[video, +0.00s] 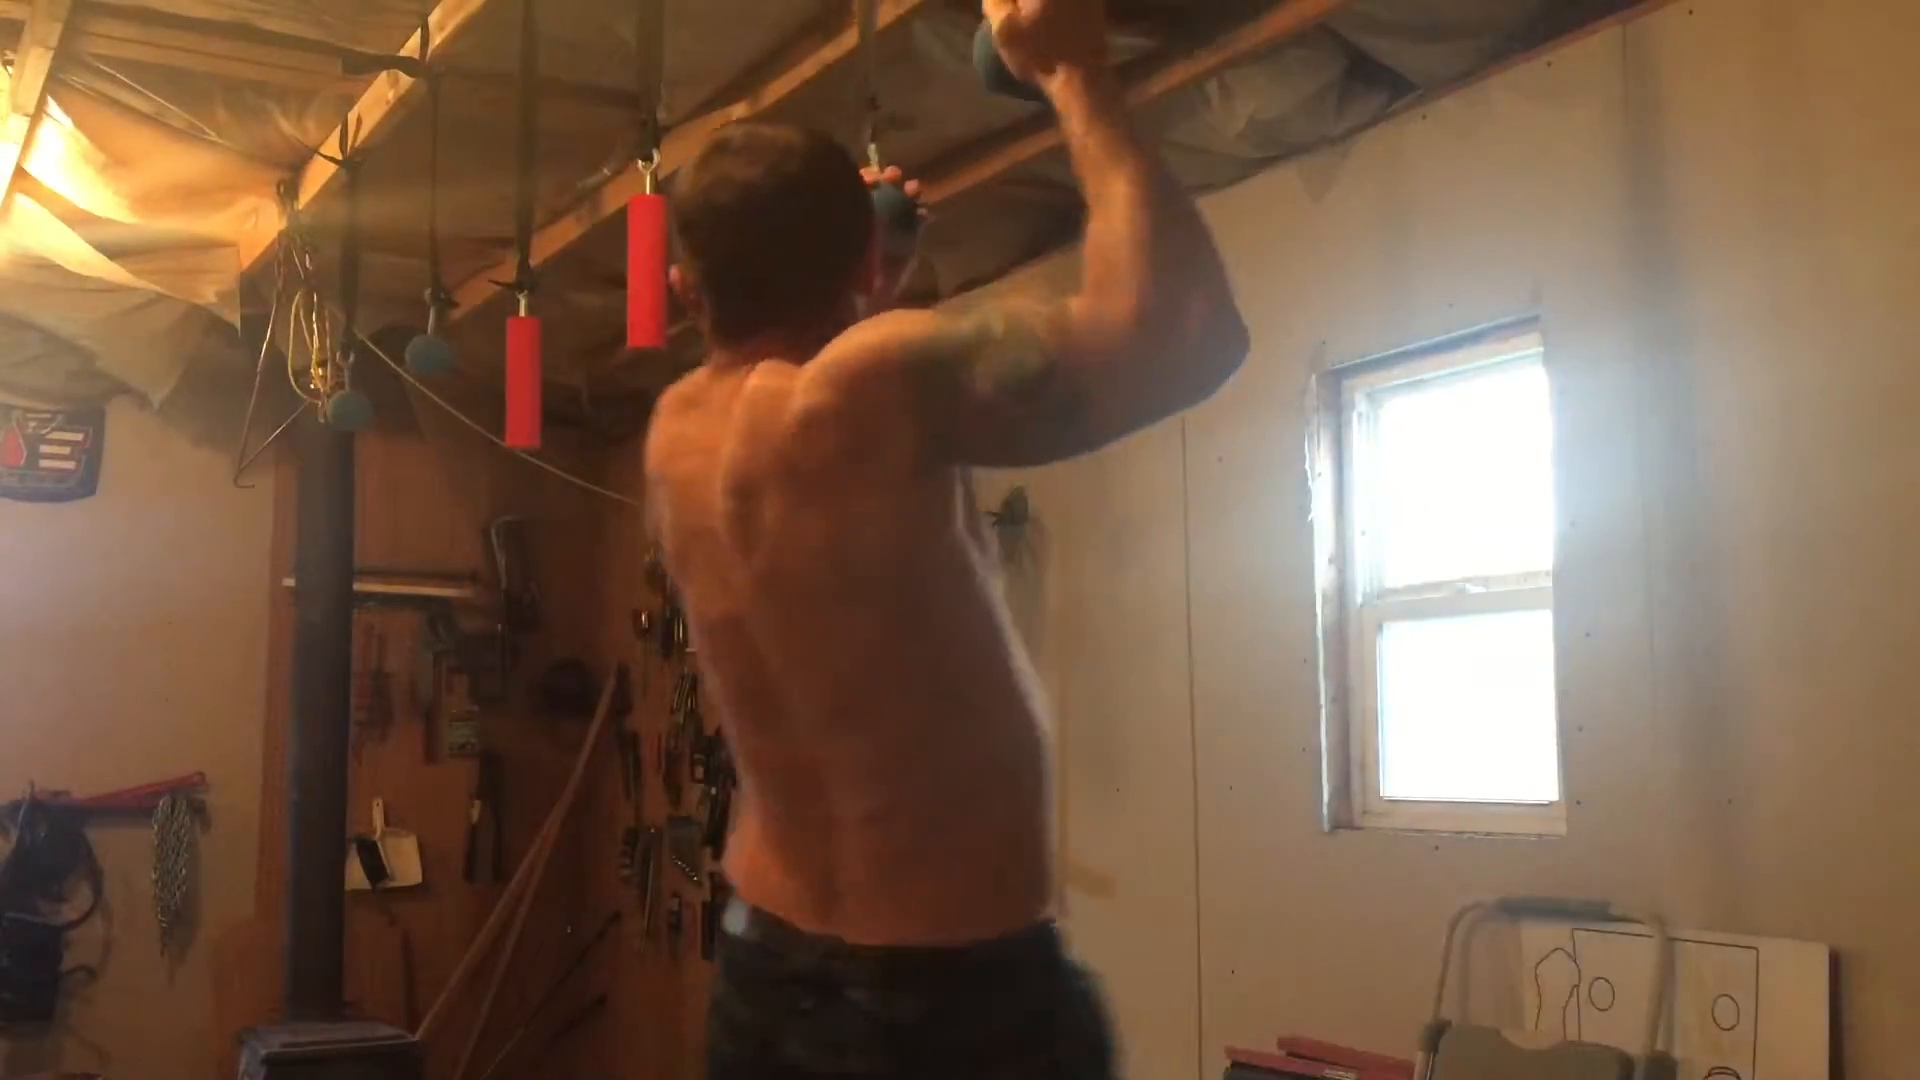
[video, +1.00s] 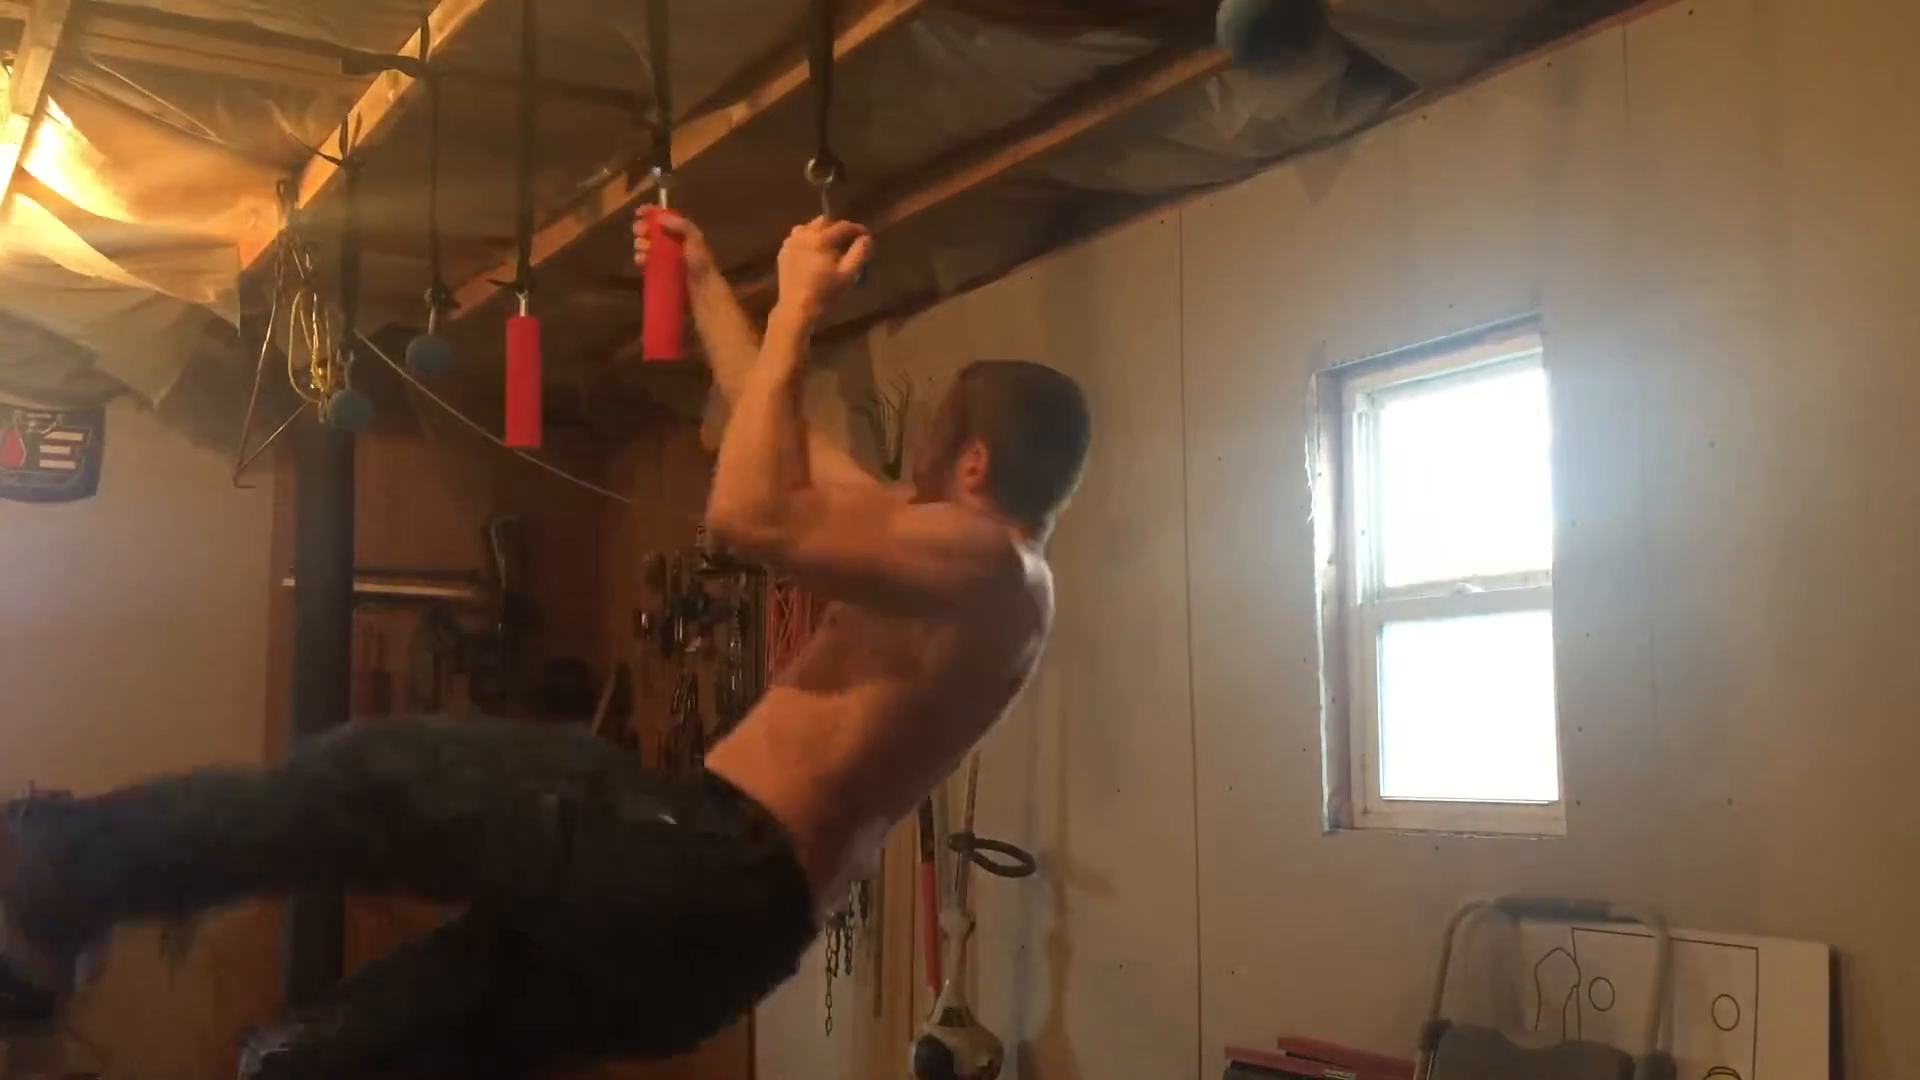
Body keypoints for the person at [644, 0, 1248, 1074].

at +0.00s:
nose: (878, 254)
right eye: (870, 234)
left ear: (702, 280)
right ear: (856, 267)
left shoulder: (675, 429)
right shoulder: (882, 379)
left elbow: (796, 398)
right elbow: (1181, 333)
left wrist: (877, 268)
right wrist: (1075, 77)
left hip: (765, 987)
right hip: (970, 1000)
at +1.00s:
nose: (921, 448)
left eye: (940, 430)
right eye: (936, 428)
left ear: (977, 456)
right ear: (1022, 477)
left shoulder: (985, 559)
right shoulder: (977, 573)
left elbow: (752, 511)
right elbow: (789, 450)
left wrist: (796, 308)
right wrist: (700, 283)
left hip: (700, 847)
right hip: (728, 909)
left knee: (371, 778)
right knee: (353, 1050)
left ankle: (49, 874)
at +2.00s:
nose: (830, 327)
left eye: (849, 301)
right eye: (837, 305)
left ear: (916, 311)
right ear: (911, 317)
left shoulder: (990, 438)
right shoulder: (800, 440)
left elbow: (1019, 429)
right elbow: (635, 427)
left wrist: (959, 235)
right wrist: (637, 234)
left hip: (868, 811)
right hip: (737, 827)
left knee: (773, 1059)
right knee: (651, 1059)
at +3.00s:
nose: (582, 439)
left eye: (580, 423)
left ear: (591, 434)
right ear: (705, 424)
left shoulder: (546, 539)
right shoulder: (778, 523)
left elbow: (420, 396)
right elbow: (697, 428)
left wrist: (521, 257)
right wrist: (672, 289)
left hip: (534, 878)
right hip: (684, 910)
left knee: (430, 938)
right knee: (655, 1049)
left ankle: (364, 1059)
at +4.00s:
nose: (485, 442)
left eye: (475, 431)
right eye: (475, 430)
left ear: (379, 482)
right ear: (464, 445)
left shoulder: (405, 567)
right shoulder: (474, 530)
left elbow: (557, 514)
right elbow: (660, 450)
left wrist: (560, 394)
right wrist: (656, 281)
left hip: (555, 889)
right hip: (625, 881)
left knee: (655, 1059)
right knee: (763, 1058)